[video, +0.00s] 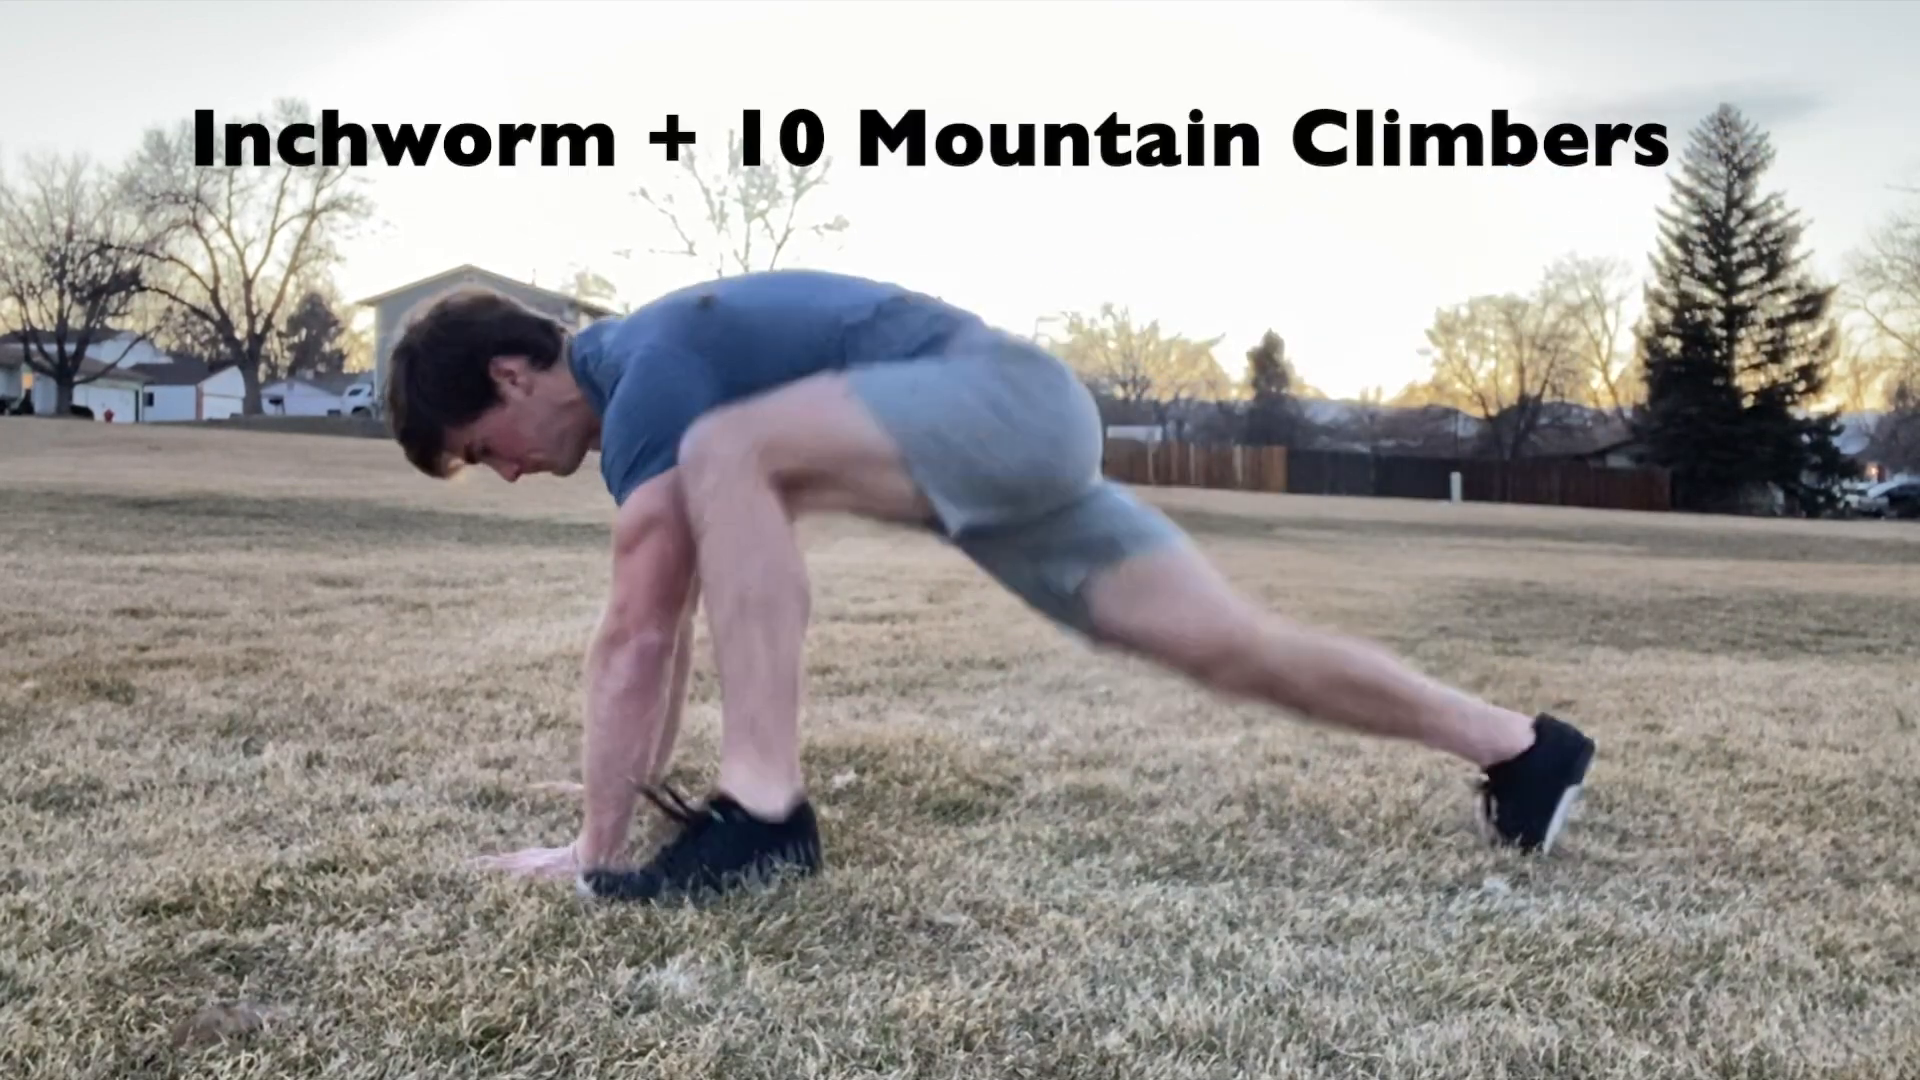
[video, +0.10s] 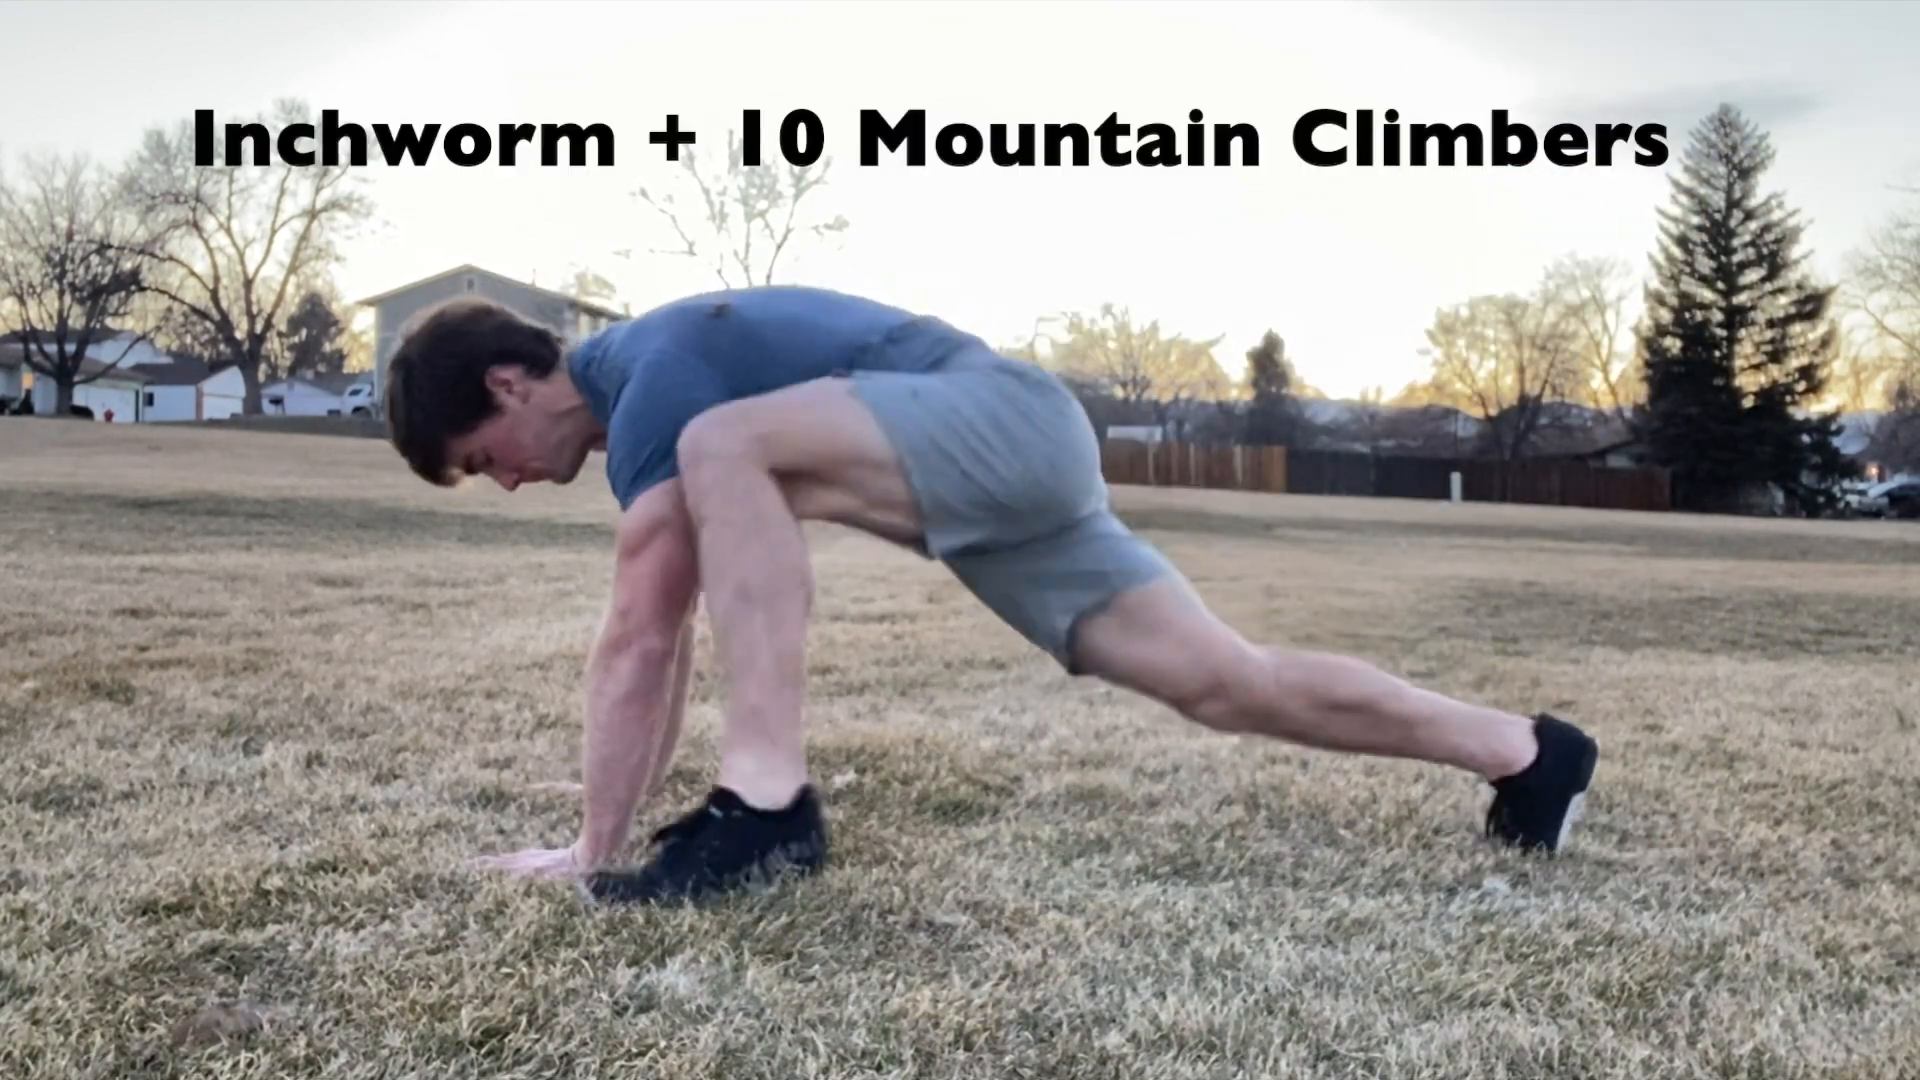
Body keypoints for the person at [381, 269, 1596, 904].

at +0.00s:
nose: (506, 472)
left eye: (485, 448)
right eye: (482, 464)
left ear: (516, 376)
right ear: (523, 372)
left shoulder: (651, 372)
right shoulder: (651, 386)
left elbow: (630, 622)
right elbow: (679, 615)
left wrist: (594, 845)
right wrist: (653, 783)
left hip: (1003, 389)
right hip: (1006, 448)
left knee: (726, 458)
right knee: (1226, 642)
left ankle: (761, 819)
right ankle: (1521, 747)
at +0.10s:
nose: (508, 480)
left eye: (487, 456)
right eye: (482, 474)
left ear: (516, 382)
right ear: (520, 385)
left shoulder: (659, 374)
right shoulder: (652, 405)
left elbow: (635, 622)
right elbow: (669, 630)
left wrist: (596, 844)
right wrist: (606, 826)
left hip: (1004, 409)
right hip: (1010, 496)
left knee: (726, 447)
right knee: (1216, 675)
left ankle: (763, 808)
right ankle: (1529, 751)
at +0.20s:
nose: (478, 502)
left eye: (456, 480)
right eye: (454, 494)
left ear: (481, 406)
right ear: (487, 410)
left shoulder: (627, 363)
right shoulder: (617, 399)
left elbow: (629, 630)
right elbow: (637, 638)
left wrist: (598, 844)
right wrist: (620, 826)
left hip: (981, 341)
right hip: (993, 385)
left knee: (769, 495)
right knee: (1180, 609)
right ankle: (1465, 727)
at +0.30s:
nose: (464, 503)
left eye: (443, 480)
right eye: (440, 495)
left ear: (464, 404)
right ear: (469, 402)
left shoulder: (594, 371)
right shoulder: (602, 376)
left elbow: (618, 620)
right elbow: (646, 600)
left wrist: (596, 842)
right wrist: (641, 780)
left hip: (947, 299)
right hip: (975, 302)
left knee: (918, 612)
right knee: (1028, 603)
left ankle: (1230, 675)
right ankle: (1306, 674)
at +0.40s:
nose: (465, 491)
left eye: (444, 469)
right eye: (442, 485)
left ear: (469, 397)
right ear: (473, 400)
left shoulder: (592, 369)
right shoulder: (619, 379)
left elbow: (614, 622)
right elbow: (654, 607)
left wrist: (595, 847)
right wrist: (643, 772)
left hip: (964, 340)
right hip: (917, 366)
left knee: (1109, 664)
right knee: (855, 551)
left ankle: (1419, 617)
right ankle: (1082, 679)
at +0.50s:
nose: (473, 473)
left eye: (452, 450)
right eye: (451, 465)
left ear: (476, 379)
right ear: (488, 376)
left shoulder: (602, 377)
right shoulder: (618, 371)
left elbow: (634, 621)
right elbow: (643, 629)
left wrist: (602, 839)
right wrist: (623, 819)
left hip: (966, 449)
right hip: (911, 445)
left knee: (1216, 663)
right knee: (753, 492)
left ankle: (1515, 733)